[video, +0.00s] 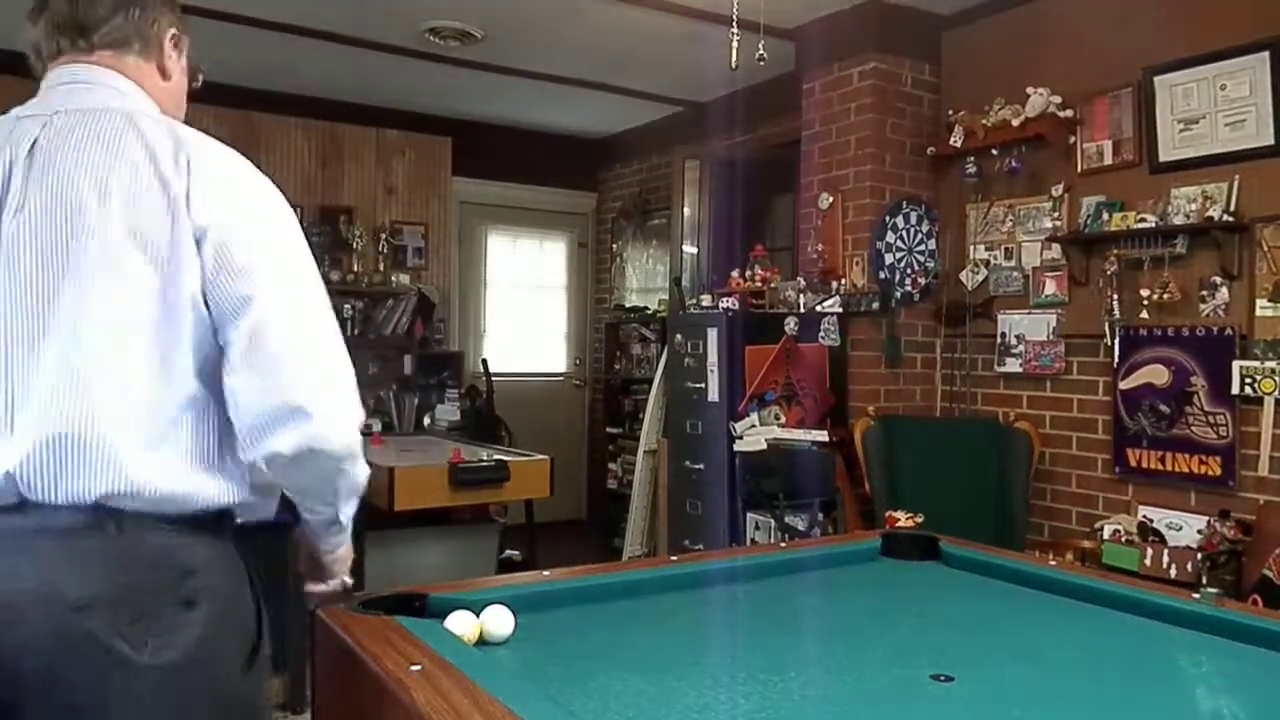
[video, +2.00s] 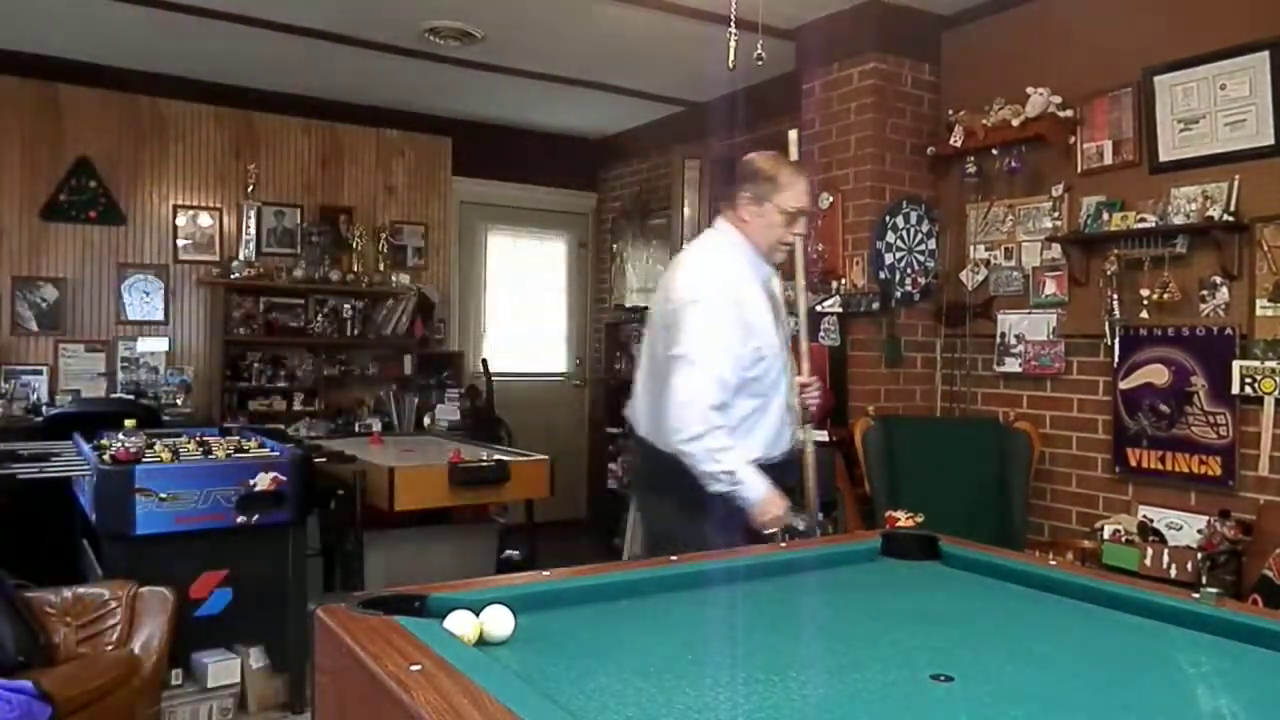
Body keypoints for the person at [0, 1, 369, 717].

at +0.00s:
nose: (188, 90)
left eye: (189, 76)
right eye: (187, 72)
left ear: (47, 58)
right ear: (166, 54)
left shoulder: (8, 148)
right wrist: (324, 534)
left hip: (13, 557)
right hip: (162, 578)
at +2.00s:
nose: (799, 230)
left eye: (803, 218)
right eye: (791, 216)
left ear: (750, 211)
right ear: (748, 208)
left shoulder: (748, 266)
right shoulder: (710, 274)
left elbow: (730, 380)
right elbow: (689, 421)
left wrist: (786, 392)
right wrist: (757, 493)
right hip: (692, 481)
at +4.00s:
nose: (1072, 204)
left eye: (1086, 186)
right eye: (1053, 190)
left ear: (1104, 189)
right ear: (1021, 195)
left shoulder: (1122, 272)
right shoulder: (980, 281)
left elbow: (1154, 357)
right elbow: (941, 416)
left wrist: (1160, 406)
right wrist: (1019, 494)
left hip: (1099, 505)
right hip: (996, 510)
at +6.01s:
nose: (1043, 193)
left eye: (1060, 179)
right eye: (1028, 180)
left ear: (1087, 184)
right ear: (1010, 189)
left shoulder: (1133, 273)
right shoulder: (971, 275)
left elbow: (1183, 387)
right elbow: (918, 359)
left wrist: (1124, 458)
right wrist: (906, 328)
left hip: (1099, 499)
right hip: (995, 494)